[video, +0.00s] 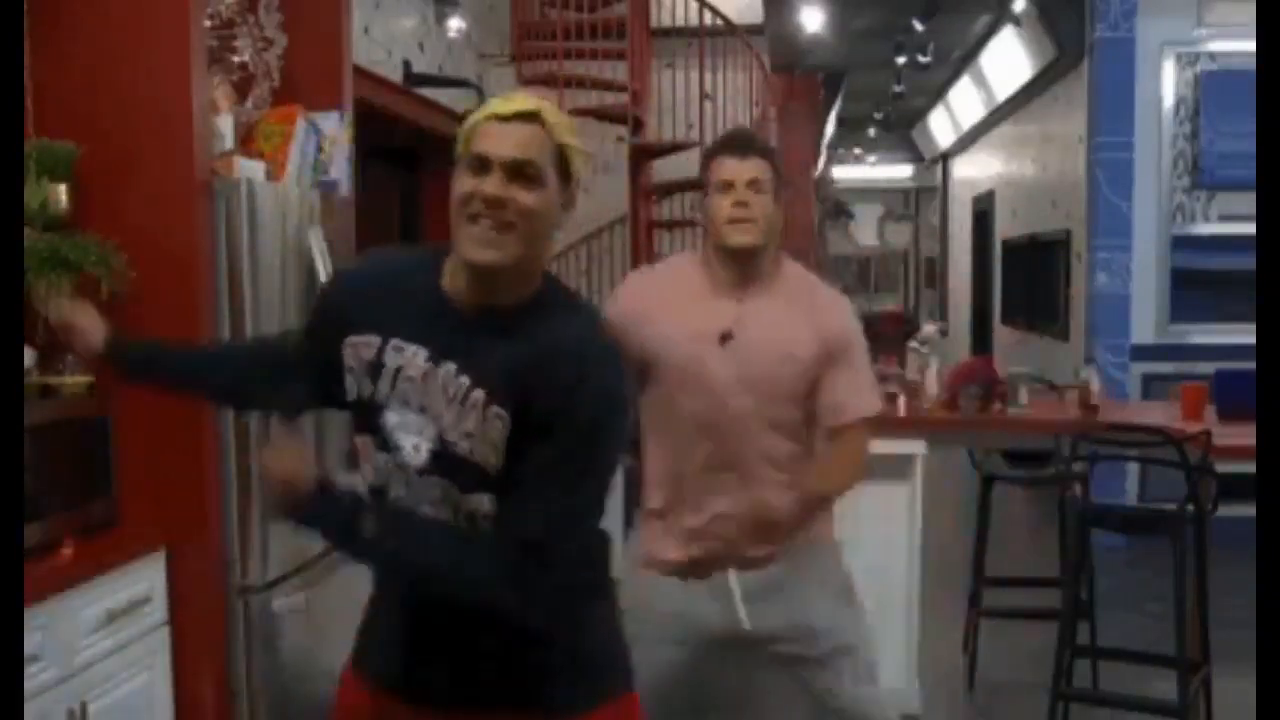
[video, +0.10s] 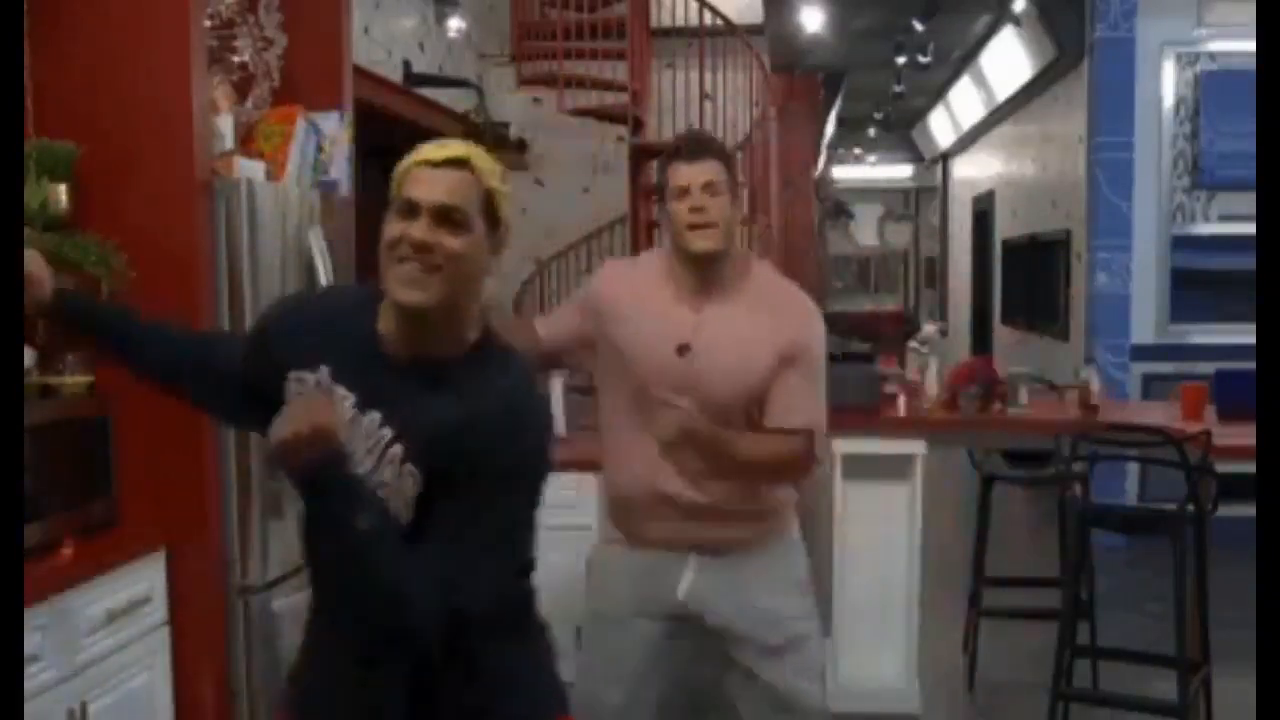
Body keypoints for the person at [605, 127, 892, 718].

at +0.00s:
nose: (741, 201)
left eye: (757, 188)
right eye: (725, 189)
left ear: (780, 207)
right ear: (703, 207)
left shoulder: (825, 310)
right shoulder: (641, 299)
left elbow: (848, 451)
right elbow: (594, 418)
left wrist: (782, 509)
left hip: (796, 572)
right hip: (669, 578)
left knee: (856, 706)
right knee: (659, 711)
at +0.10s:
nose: (698, 207)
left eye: (713, 192)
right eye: (682, 195)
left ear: (738, 205)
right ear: (662, 211)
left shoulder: (791, 312)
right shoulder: (617, 288)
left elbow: (795, 452)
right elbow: (532, 344)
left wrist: (710, 439)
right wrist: (467, 313)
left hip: (758, 562)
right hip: (636, 559)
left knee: (794, 707)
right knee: (612, 710)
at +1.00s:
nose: (845, 205)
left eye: (858, 196)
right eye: (830, 191)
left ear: (870, 210)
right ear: (800, 202)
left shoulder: (902, 276)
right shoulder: (748, 285)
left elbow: (999, 317)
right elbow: (728, 397)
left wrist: (1011, 272)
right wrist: (842, 372)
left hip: (909, 507)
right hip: (801, 521)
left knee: (957, 673)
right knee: (797, 682)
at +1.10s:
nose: (850, 226)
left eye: (863, 215)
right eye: (835, 213)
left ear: (876, 228)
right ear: (806, 225)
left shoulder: (910, 300)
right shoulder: (755, 311)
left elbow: (1004, 355)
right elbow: (745, 434)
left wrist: (1017, 332)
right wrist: (861, 424)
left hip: (906, 522)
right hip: (806, 536)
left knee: (949, 683)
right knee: (799, 693)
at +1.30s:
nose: (780, 190)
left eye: (793, 177)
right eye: (764, 182)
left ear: (820, 189)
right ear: (750, 202)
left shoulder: (875, 278)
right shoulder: (711, 289)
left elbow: (905, 393)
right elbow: (675, 407)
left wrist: (927, 503)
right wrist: (687, 499)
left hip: (863, 529)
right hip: (741, 528)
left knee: (924, 694)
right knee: (661, 676)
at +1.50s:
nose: (708, 214)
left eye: (721, 200)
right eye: (693, 206)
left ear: (749, 213)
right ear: (679, 225)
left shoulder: (804, 302)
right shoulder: (642, 301)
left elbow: (818, 422)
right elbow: (550, 356)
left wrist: (752, 446)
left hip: (766, 527)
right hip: (656, 534)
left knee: (813, 667)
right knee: (616, 690)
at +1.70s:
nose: (680, 212)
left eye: (694, 199)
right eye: (666, 203)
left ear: (723, 211)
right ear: (652, 219)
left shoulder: (781, 294)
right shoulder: (623, 287)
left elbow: (801, 412)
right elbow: (544, 323)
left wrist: (710, 410)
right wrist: (497, 293)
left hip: (739, 531)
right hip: (633, 524)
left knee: (750, 677)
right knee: (602, 678)